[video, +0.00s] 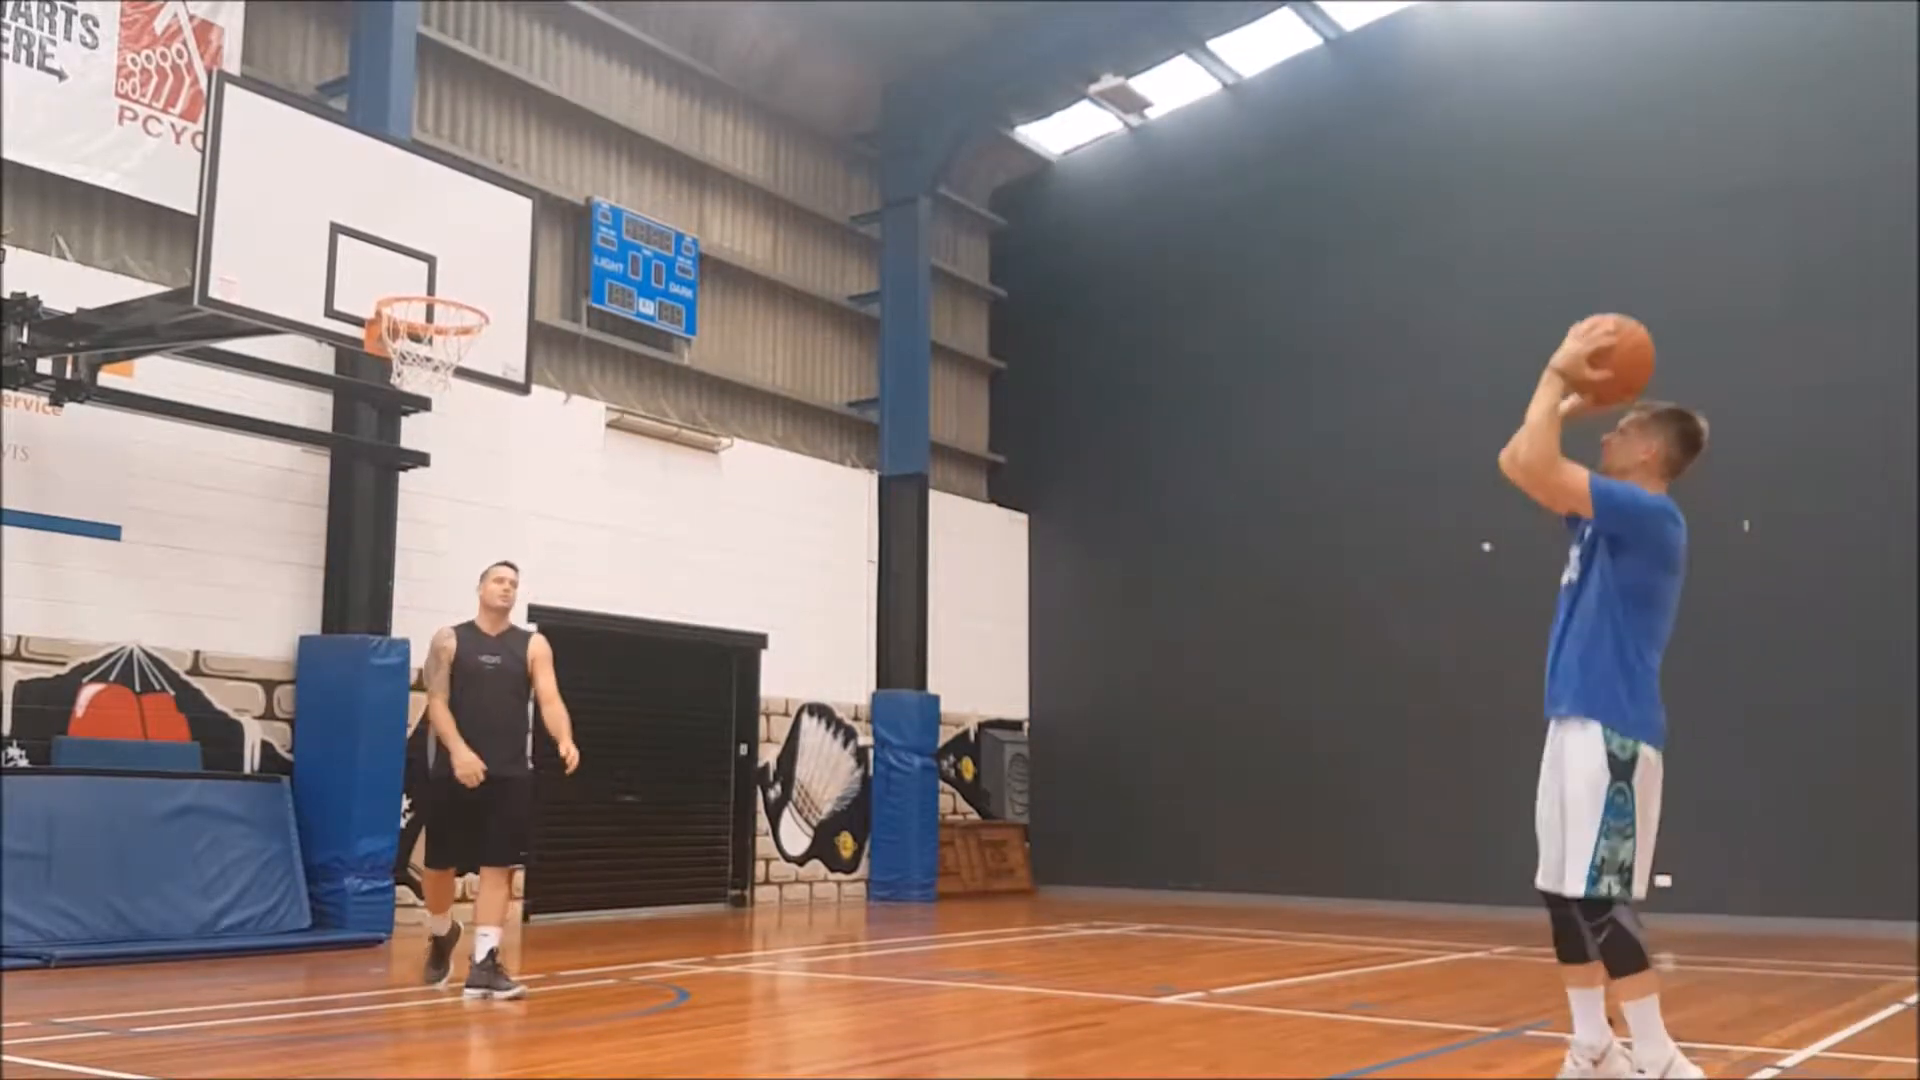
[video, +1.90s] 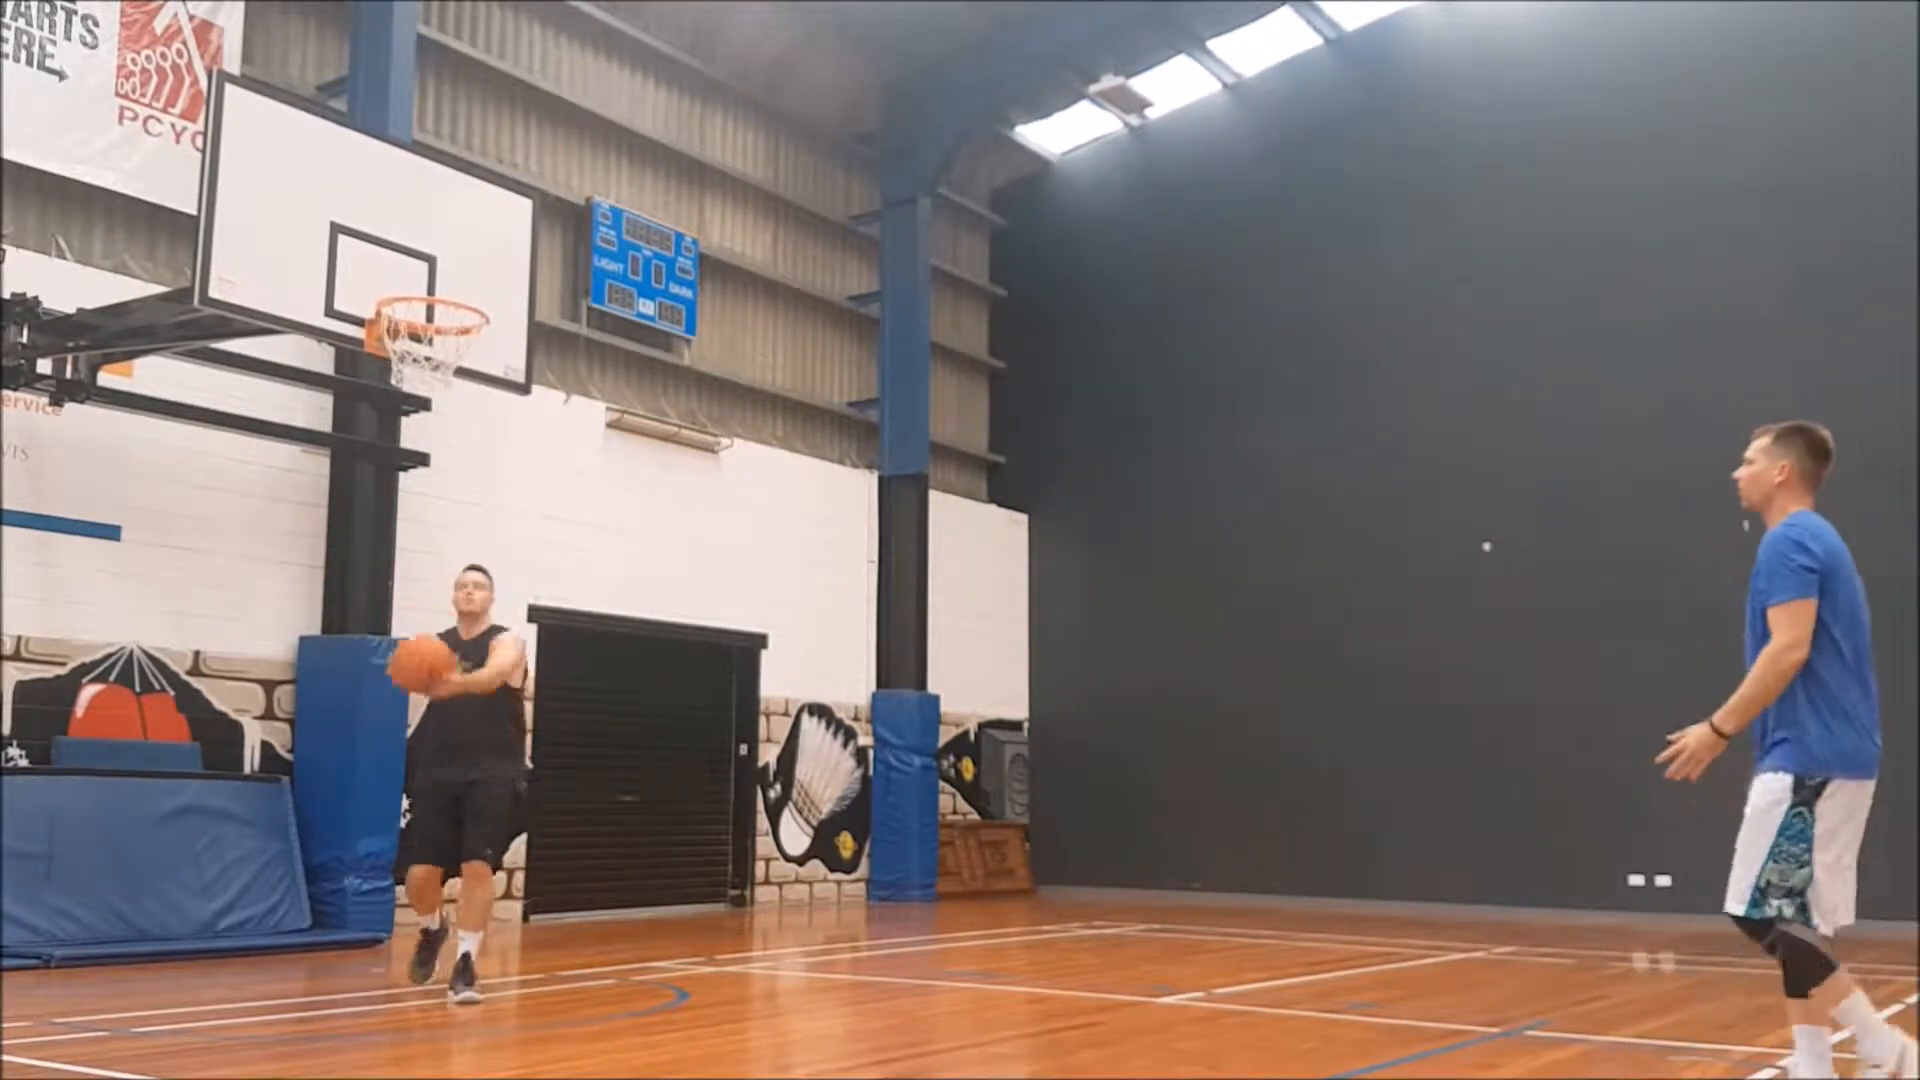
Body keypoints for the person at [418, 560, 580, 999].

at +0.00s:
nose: (505, 588)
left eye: (512, 584)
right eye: (498, 581)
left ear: (517, 595)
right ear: (479, 589)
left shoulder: (534, 644)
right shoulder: (449, 640)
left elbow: (550, 699)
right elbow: (436, 703)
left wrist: (564, 737)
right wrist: (459, 750)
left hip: (511, 774)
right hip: (453, 770)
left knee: (498, 867)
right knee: (439, 863)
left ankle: (485, 963)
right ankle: (441, 934)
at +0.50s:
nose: (469, 591)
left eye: (476, 587)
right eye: (461, 587)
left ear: (485, 601)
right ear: (447, 601)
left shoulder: (508, 650)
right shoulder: (426, 653)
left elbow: (521, 714)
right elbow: (410, 715)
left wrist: (525, 773)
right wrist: (391, 772)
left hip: (486, 776)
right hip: (435, 776)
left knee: (473, 861)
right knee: (444, 865)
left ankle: (475, 953)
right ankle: (451, 954)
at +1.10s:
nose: (444, 590)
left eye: (449, 586)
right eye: (436, 589)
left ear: (463, 601)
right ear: (427, 608)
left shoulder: (496, 644)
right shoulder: (417, 661)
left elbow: (524, 698)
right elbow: (411, 720)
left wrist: (532, 731)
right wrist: (392, 759)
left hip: (483, 773)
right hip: (433, 775)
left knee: (473, 863)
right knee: (443, 865)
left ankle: (471, 959)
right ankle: (451, 956)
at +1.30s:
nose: (443, 592)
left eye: (448, 588)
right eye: (435, 591)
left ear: (461, 603)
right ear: (425, 610)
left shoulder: (494, 643)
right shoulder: (415, 661)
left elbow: (534, 696)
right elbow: (403, 725)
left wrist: (519, 678)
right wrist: (389, 704)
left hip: (483, 769)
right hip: (433, 773)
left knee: (470, 854)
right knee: (442, 863)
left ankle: (468, 956)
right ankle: (449, 955)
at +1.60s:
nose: (450, 591)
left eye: (458, 589)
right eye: (443, 591)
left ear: (472, 608)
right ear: (434, 613)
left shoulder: (493, 641)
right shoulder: (420, 658)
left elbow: (536, 675)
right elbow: (369, 691)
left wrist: (513, 632)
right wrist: (365, 635)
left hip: (484, 771)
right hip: (432, 775)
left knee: (471, 855)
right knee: (440, 869)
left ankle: (468, 959)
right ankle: (450, 955)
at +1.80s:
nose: (460, 595)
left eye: (468, 588)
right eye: (454, 589)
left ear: (484, 600)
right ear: (445, 601)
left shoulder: (503, 645)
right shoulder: (432, 648)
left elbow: (511, 669)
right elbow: (381, 666)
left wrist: (479, 631)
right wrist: (397, 618)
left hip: (488, 771)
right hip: (434, 771)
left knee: (476, 863)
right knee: (426, 867)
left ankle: (465, 962)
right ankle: (439, 935)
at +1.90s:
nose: (468, 594)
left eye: (477, 587)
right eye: (462, 587)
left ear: (492, 598)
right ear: (452, 596)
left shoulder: (508, 641)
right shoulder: (436, 644)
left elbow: (492, 677)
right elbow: (417, 676)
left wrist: (452, 683)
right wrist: (411, 667)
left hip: (493, 771)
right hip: (436, 770)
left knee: (477, 865)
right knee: (421, 874)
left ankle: (466, 965)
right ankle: (432, 929)